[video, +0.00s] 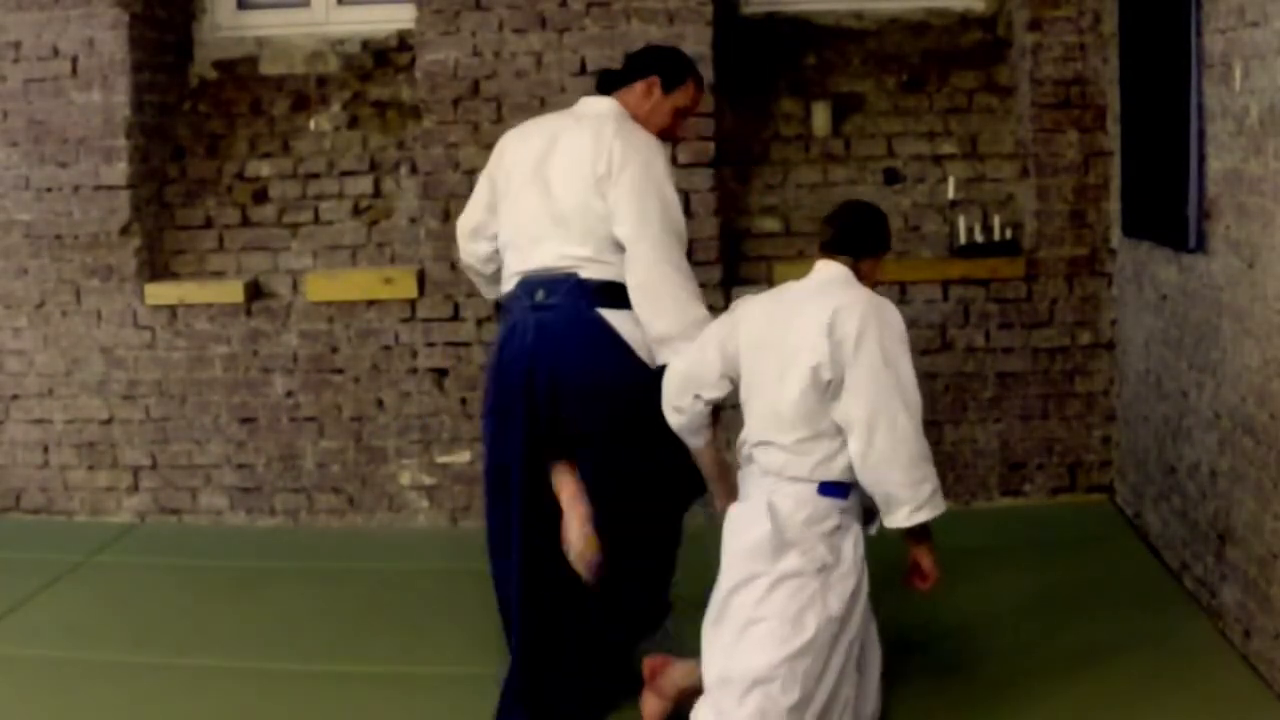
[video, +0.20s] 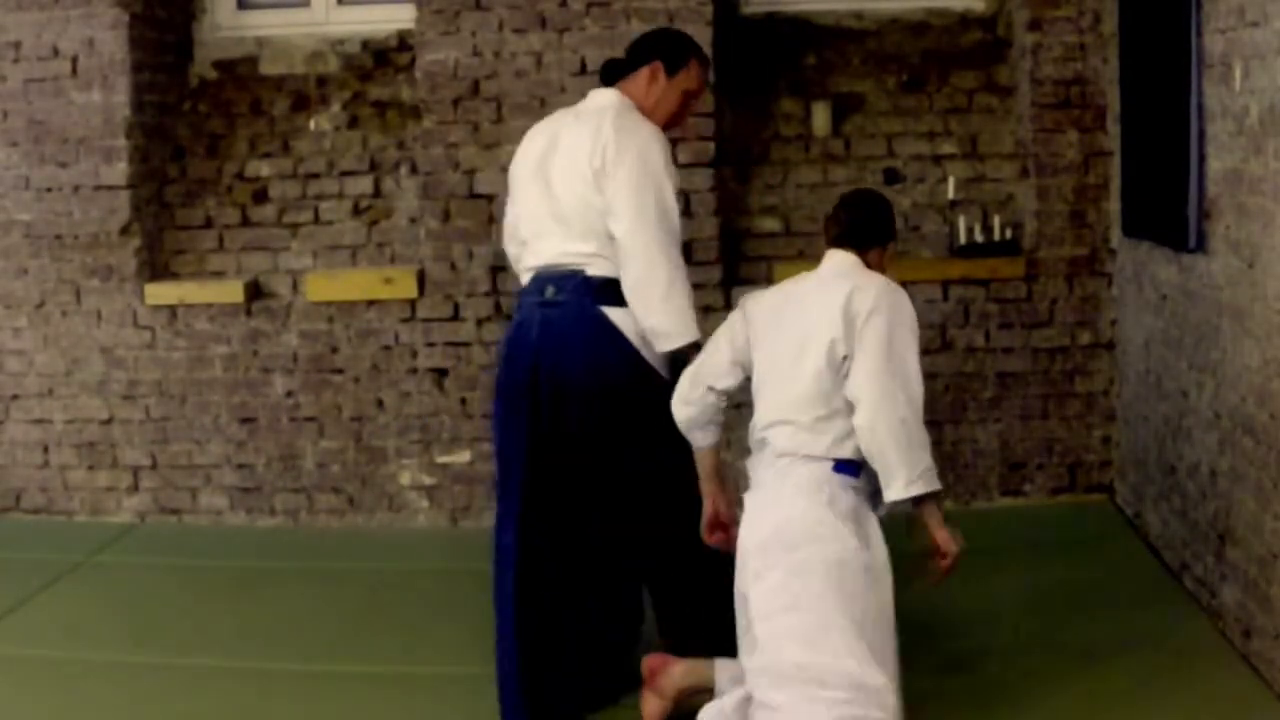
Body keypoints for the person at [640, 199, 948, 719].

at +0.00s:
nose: (881, 272)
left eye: (881, 261)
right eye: (881, 260)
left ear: (820, 249)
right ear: (874, 259)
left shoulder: (757, 309)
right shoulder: (864, 312)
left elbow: (682, 389)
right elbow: (883, 425)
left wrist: (717, 477)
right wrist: (916, 531)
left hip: (755, 501)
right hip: (817, 513)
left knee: (845, 661)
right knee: (786, 671)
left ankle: (683, 677)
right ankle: (685, 678)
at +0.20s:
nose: (888, 261)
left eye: (887, 251)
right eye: (889, 250)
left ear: (827, 242)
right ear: (882, 248)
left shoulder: (765, 304)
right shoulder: (875, 295)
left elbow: (695, 395)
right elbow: (883, 409)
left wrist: (711, 489)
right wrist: (931, 517)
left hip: (765, 505)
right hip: (825, 508)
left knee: (792, 674)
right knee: (851, 686)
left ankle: (683, 677)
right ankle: (687, 676)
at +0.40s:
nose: (900, 245)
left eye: (899, 233)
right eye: (901, 233)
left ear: (835, 228)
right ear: (890, 239)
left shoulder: (775, 294)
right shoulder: (872, 302)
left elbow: (730, 404)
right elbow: (884, 423)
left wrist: (763, 479)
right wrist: (966, 517)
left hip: (770, 512)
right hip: (829, 518)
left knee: (823, 677)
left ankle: (690, 675)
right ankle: (860, 708)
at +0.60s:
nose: (934, 248)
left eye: (927, 235)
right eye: (934, 237)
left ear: (861, 230)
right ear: (923, 248)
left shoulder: (806, 282)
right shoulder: (894, 325)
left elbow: (745, 371)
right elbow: (936, 452)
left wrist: (797, 429)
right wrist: (1046, 491)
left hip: (785, 514)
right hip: (852, 531)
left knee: (815, 677)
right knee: (1029, 554)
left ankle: (684, 680)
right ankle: (974, 706)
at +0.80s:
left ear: (885, 197)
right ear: (953, 217)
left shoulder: (817, 244)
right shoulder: (942, 298)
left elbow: (750, 337)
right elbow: (1010, 417)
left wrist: (823, 360)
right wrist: (1060, 391)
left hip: (796, 485)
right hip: (877, 499)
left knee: (839, 648)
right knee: (1043, 546)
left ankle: (682, 676)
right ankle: (980, 707)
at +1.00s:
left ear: (868, 83)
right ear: (937, 87)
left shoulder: (798, 155)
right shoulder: (970, 170)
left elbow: (727, 258)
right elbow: (1033, 300)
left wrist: (801, 293)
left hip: (796, 405)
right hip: (905, 416)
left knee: (765, 549)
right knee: (1022, 550)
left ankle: (648, 697)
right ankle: (973, 711)